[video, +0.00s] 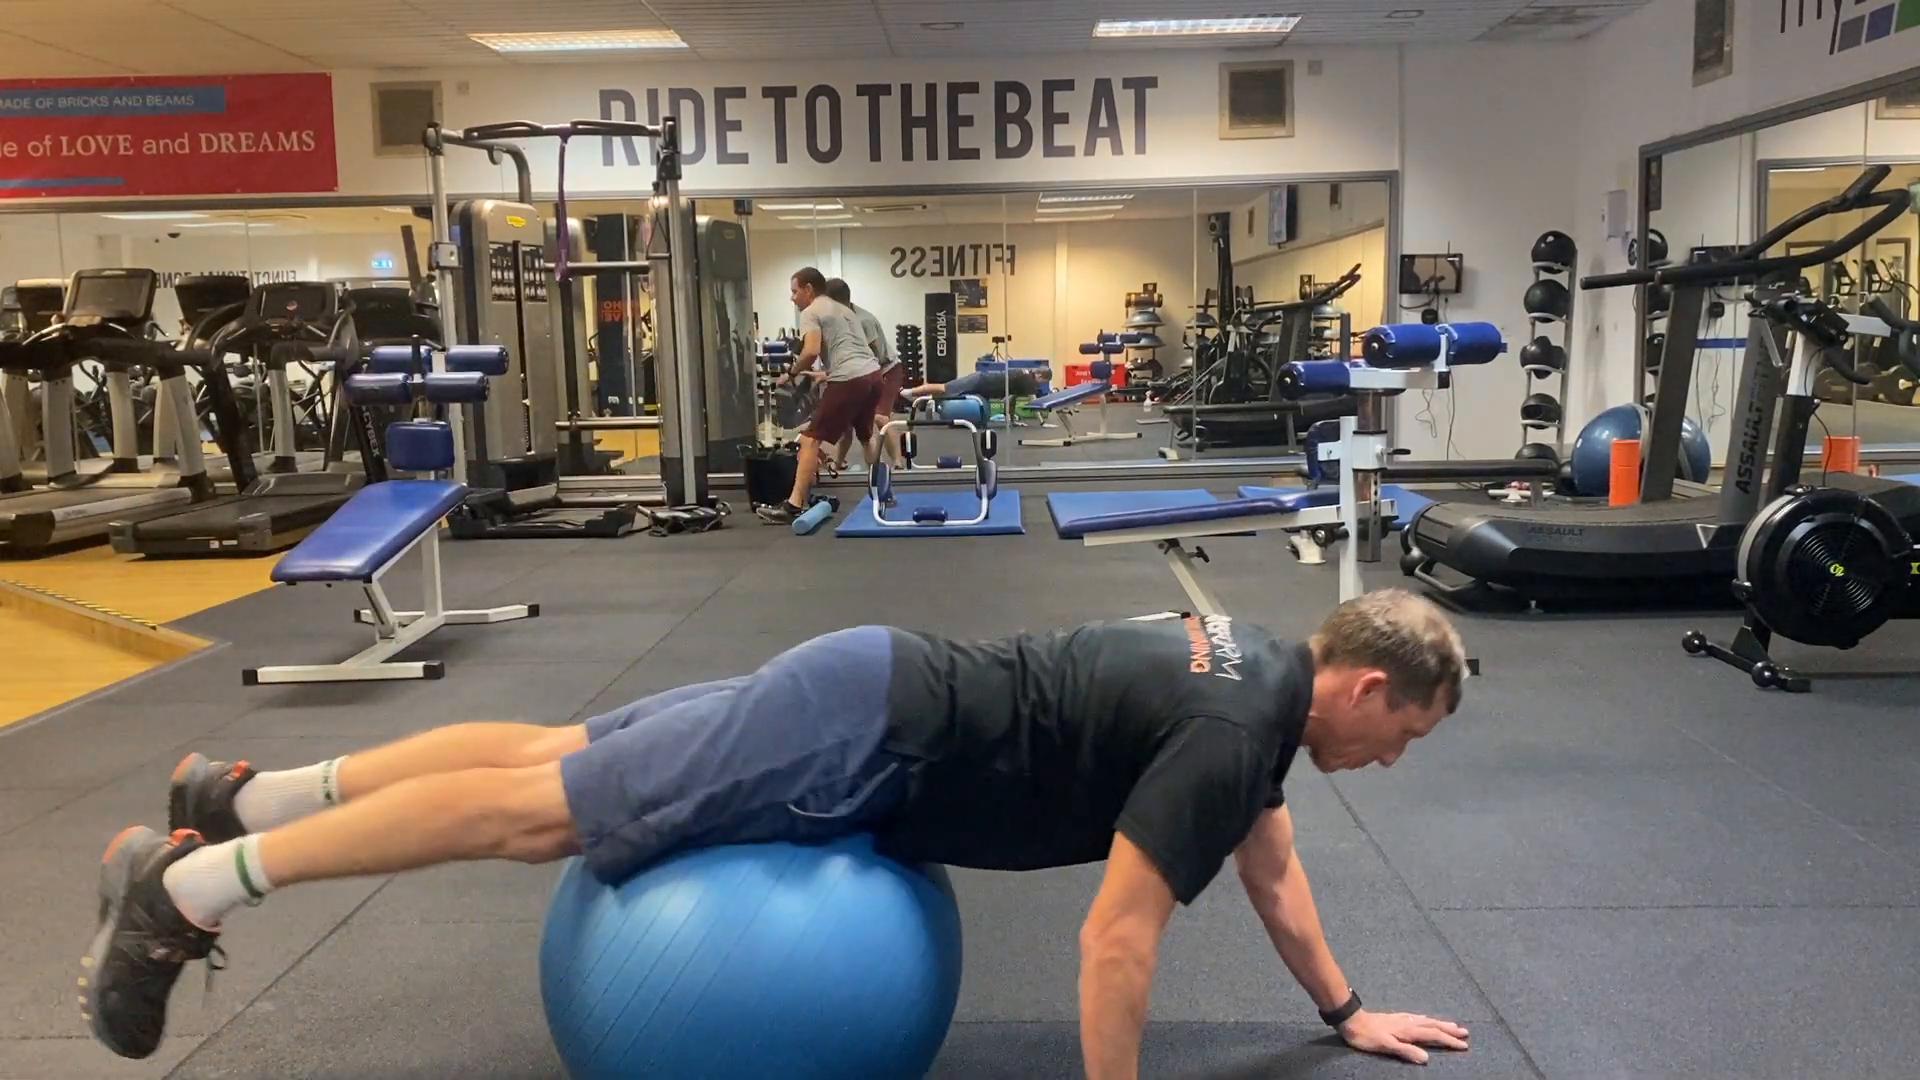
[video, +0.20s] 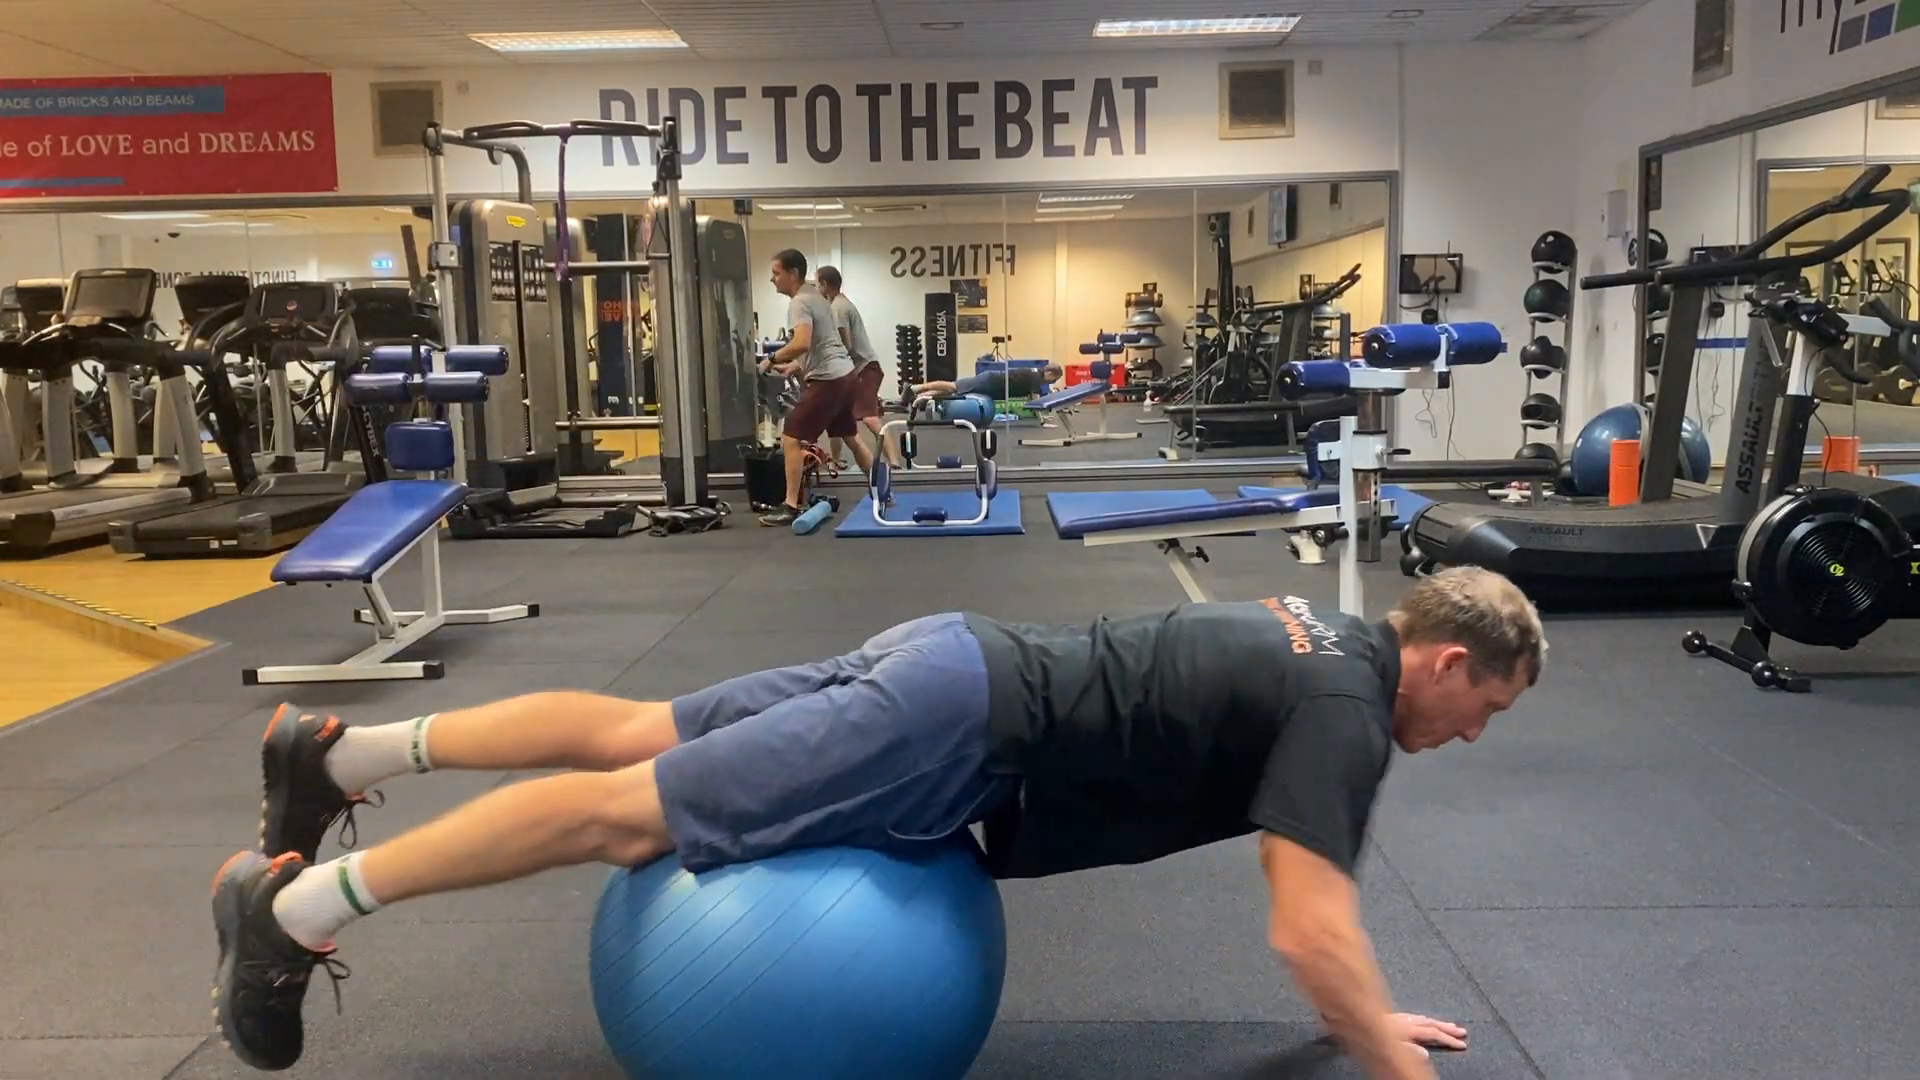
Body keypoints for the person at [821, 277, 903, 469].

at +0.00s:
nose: (830, 306)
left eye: (831, 301)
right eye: (829, 302)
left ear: (841, 299)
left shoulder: (863, 318)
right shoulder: (838, 320)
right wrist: (826, 371)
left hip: (889, 367)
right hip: (866, 369)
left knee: (880, 416)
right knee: (848, 419)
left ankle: (898, 461)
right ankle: (839, 463)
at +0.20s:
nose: (817, 287)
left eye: (818, 283)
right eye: (817, 283)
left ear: (825, 284)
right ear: (836, 283)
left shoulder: (838, 306)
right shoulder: (840, 303)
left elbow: (846, 345)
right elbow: (844, 342)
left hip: (867, 366)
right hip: (859, 366)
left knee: (868, 415)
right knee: (836, 415)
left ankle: (894, 462)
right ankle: (835, 461)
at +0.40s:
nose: (807, 285)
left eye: (808, 280)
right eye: (807, 280)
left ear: (815, 279)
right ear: (828, 279)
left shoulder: (818, 302)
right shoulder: (841, 302)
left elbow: (818, 339)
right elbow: (847, 336)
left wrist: (814, 363)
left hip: (839, 362)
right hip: (854, 360)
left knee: (829, 417)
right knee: (836, 417)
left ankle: (871, 439)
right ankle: (835, 462)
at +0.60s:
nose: (799, 286)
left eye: (799, 281)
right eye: (799, 281)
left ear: (806, 279)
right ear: (819, 278)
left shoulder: (806, 301)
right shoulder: (838, 302)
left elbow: (805, 337)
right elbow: (849, 335)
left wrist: (802, 359)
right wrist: (836, 347)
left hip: (822, 360)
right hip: (845, 360)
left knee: (809, 408)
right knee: (833, 414)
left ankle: (829, 438)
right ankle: (835, 461)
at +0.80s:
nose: (791, 285)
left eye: (791, 281)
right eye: (792, 281)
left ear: (794, 281)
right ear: (812, 278)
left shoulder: (794, 303)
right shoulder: (829, 301)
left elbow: (792, 338)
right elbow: (841, 334)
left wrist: (793, 357)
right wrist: (829, 345)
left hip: (806, 364)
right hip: (832, 364)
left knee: (802, 418)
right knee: (828, 418)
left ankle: (803, 461)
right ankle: (833, 463)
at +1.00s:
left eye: (780, 283)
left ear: (780, 284)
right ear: (801, 280)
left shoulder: (778, 307)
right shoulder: (819, 303)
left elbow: (774, 340)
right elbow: (830, 335)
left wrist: (782, 361)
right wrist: (816, 349)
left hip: (793, 365)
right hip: (818, 365)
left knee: (792, 415)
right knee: (814, 415)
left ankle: (801, 454)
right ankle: (819, 455)